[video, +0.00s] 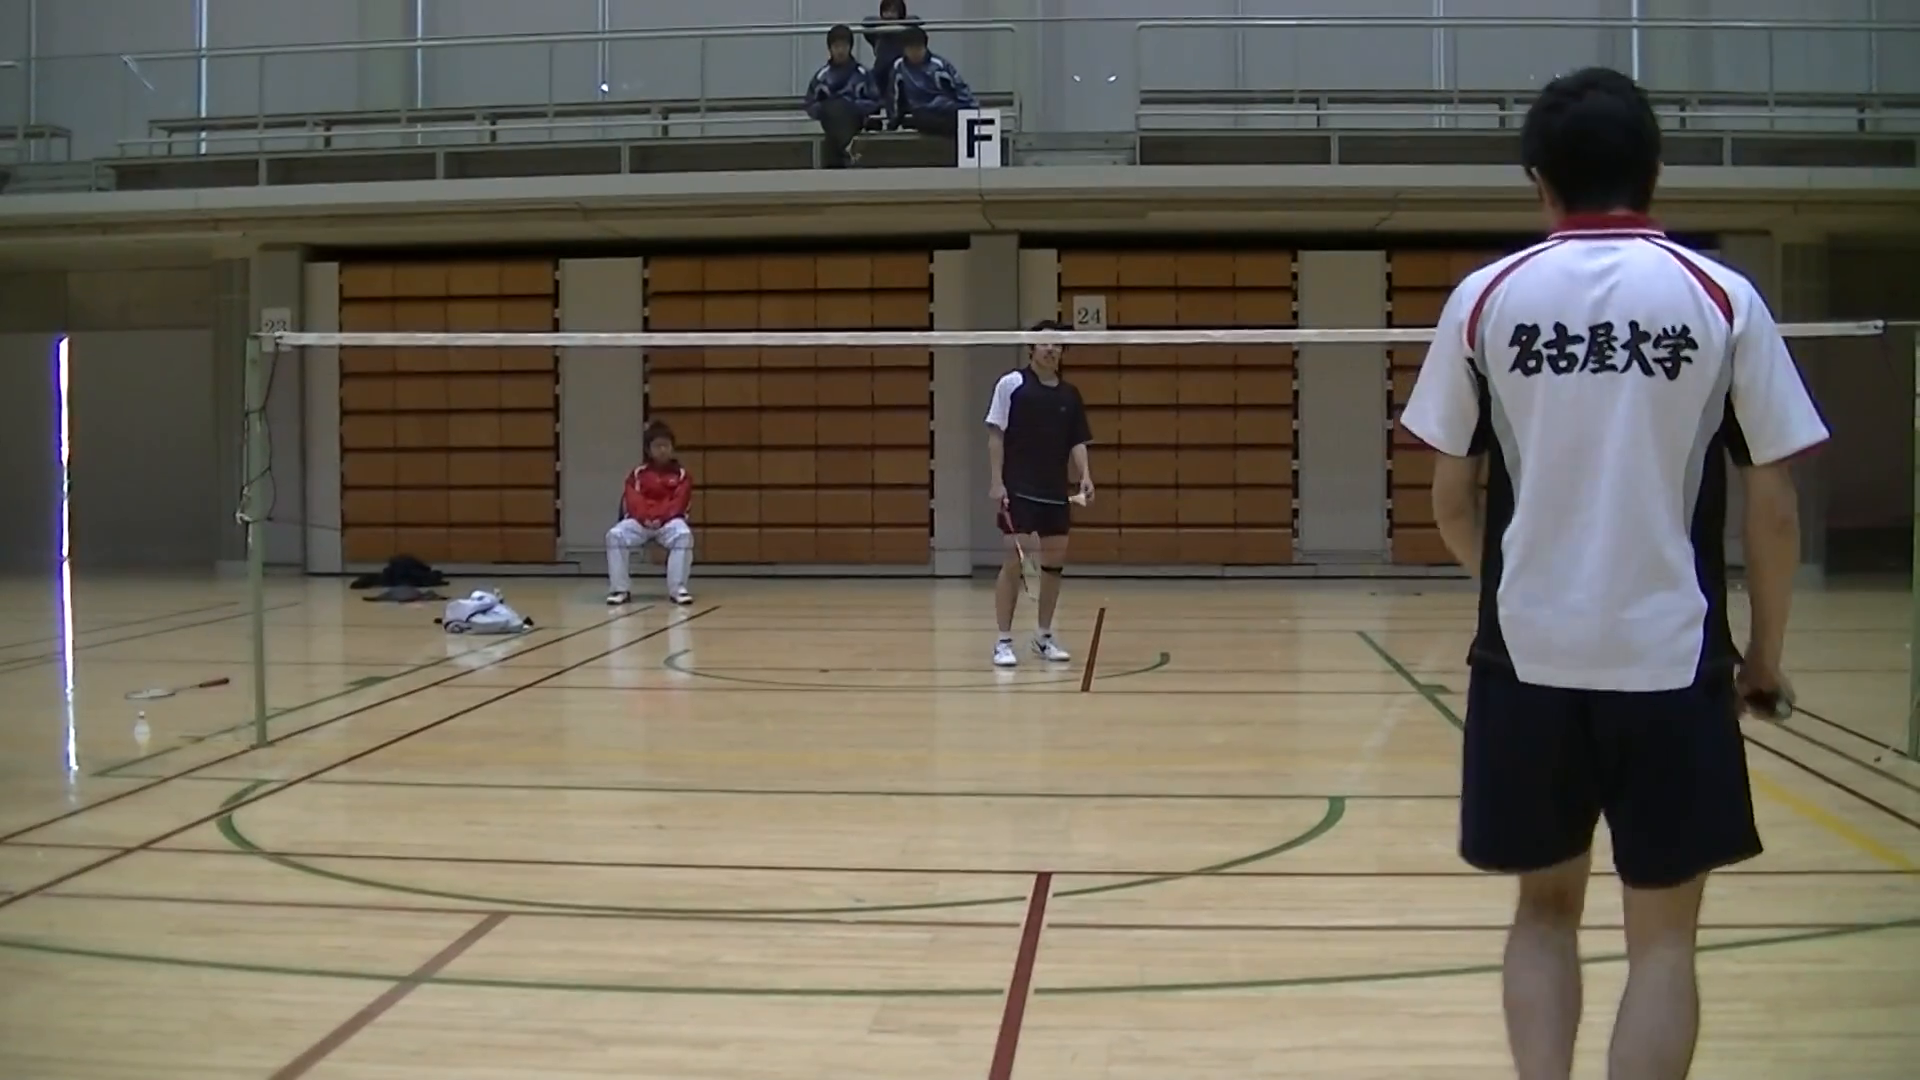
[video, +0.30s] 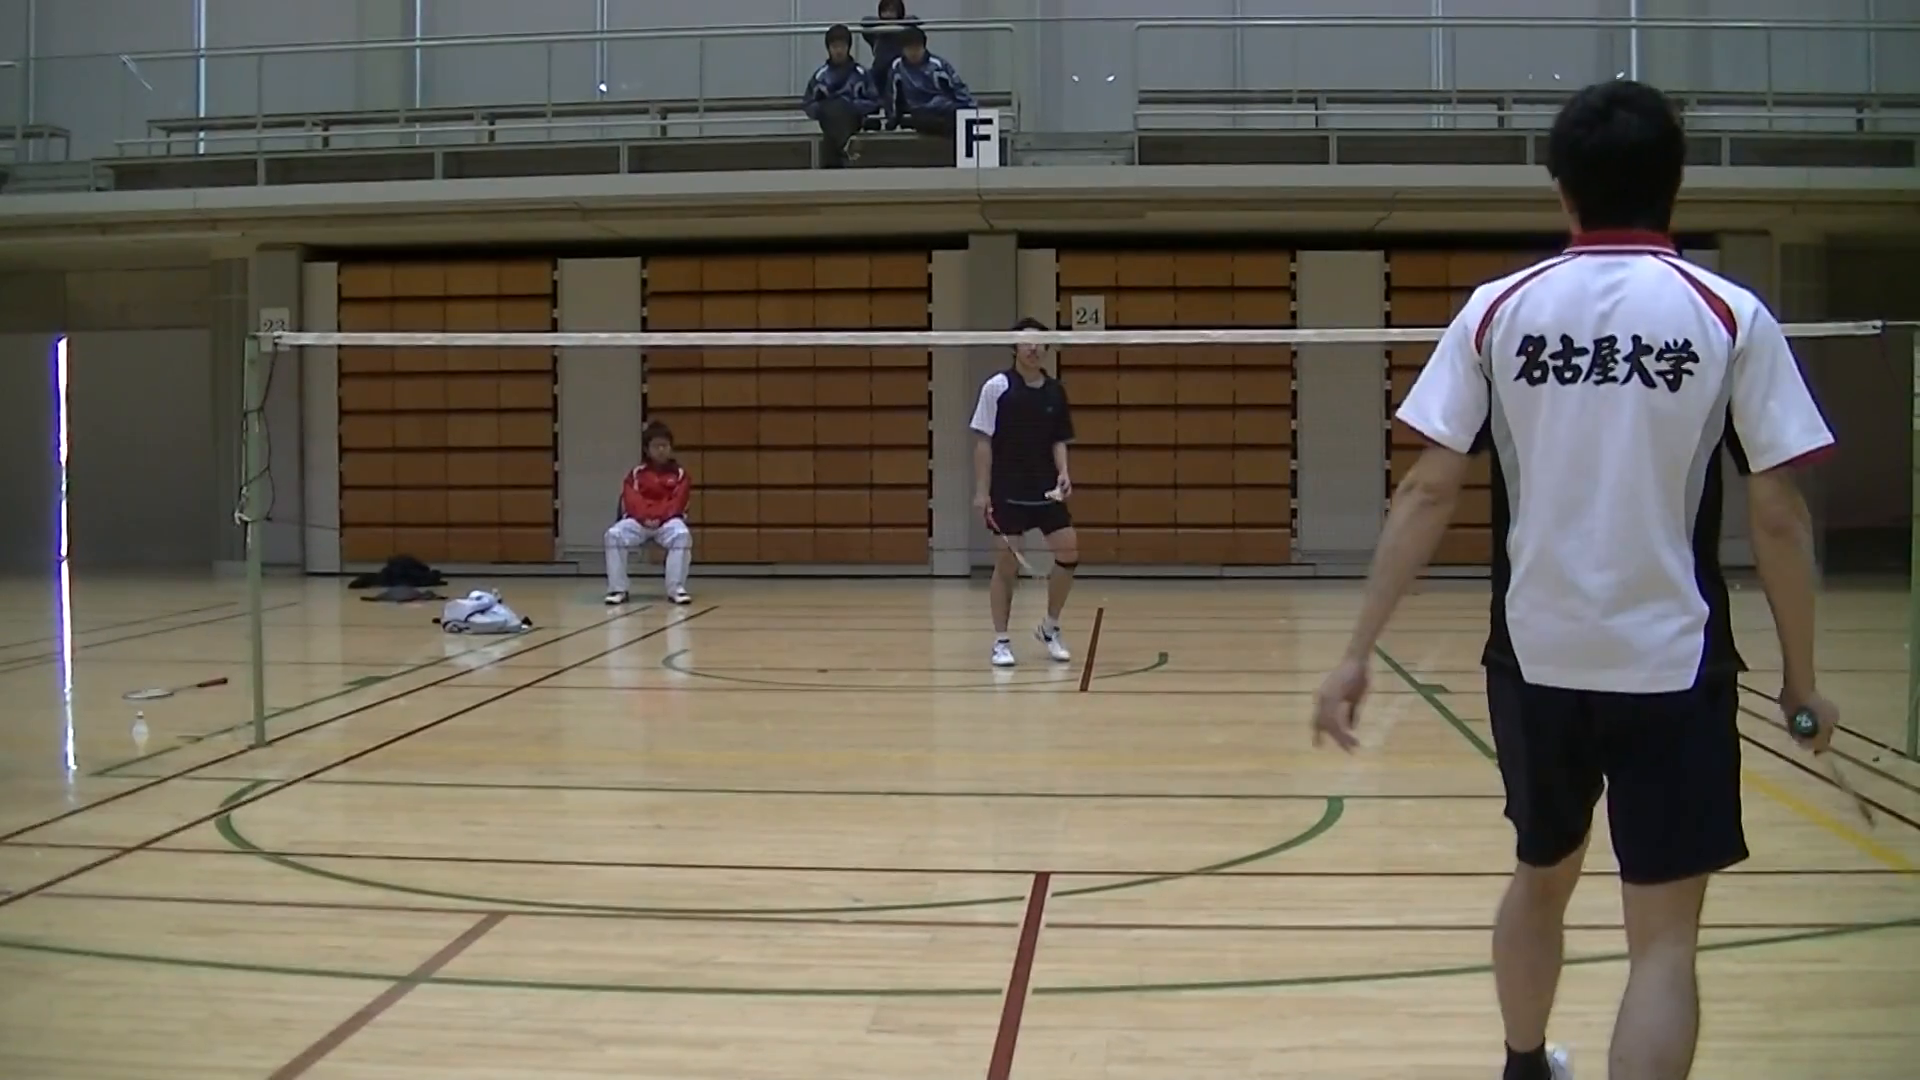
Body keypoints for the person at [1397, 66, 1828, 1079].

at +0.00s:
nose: (1542, 182)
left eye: (1538, 169)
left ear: (1541, 178)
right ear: (1651, 173)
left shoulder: (1485, 298)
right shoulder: (1726, 299)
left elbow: (1453, 500)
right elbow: (1769, 498)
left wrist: (1504, 587)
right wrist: (1767, 654)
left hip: (1528, 665)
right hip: (1668, 669)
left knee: (1545, 905)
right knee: (1661, 934)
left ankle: (1542, 1077)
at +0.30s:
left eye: (1566, 177)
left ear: (1561, 190)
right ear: (1675, 186)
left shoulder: (1497, 312)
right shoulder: (1729, 317)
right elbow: (1780, 517)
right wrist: (1800, 678)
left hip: (1533, 666)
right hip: (1671, 672)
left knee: (1540, 870)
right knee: (1663, 937)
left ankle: (1525, 1064)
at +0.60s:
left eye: (1502, 226)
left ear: (1502, 238)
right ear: (1605, 225)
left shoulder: (1468, 341)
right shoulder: (1672, 323)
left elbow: (1353, 482)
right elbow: (1798, 461)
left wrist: (1403, 435)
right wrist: (1818, 467)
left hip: (1516, 654)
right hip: (1642, 651)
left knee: (1535, 859)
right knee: (1655, 925)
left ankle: (1528, 1062)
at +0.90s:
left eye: (1482, 235)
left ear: (1485, 245)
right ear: (1582, 231)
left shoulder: (1449, 344)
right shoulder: (1646, 318)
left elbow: (1360, 484)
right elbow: (1780, 421)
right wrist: (1812, 407)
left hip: (1501, 634)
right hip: (1625, 628)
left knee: (1531, 849)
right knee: (1650, 884)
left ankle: (1526, 1062)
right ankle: (1640, 1073)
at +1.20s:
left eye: (1492, 239)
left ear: (1494, 249)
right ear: (1591, 235)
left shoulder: (1455, 348)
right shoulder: (1654, 322)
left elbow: (1368, 486)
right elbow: (1787, 424)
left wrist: (1413, 428)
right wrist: (1820, 412)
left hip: (1505, 638)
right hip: (1630, 630)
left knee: (1532, 848)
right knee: (1651, 886)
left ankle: (1527, 1061)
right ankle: (1641, 1077)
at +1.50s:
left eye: (1490, 240)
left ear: (1495, 250)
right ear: (1592, 236)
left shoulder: (1456, 349)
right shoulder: (1655, 321)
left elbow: (1370, 488)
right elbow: (1786, 422)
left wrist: (1410, 435)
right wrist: (1822, 408)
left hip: (1507, 640)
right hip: (1632, 631)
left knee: (1531, 848)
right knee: (1653, 887)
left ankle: (1526, 1059)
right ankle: (1642, 1076)